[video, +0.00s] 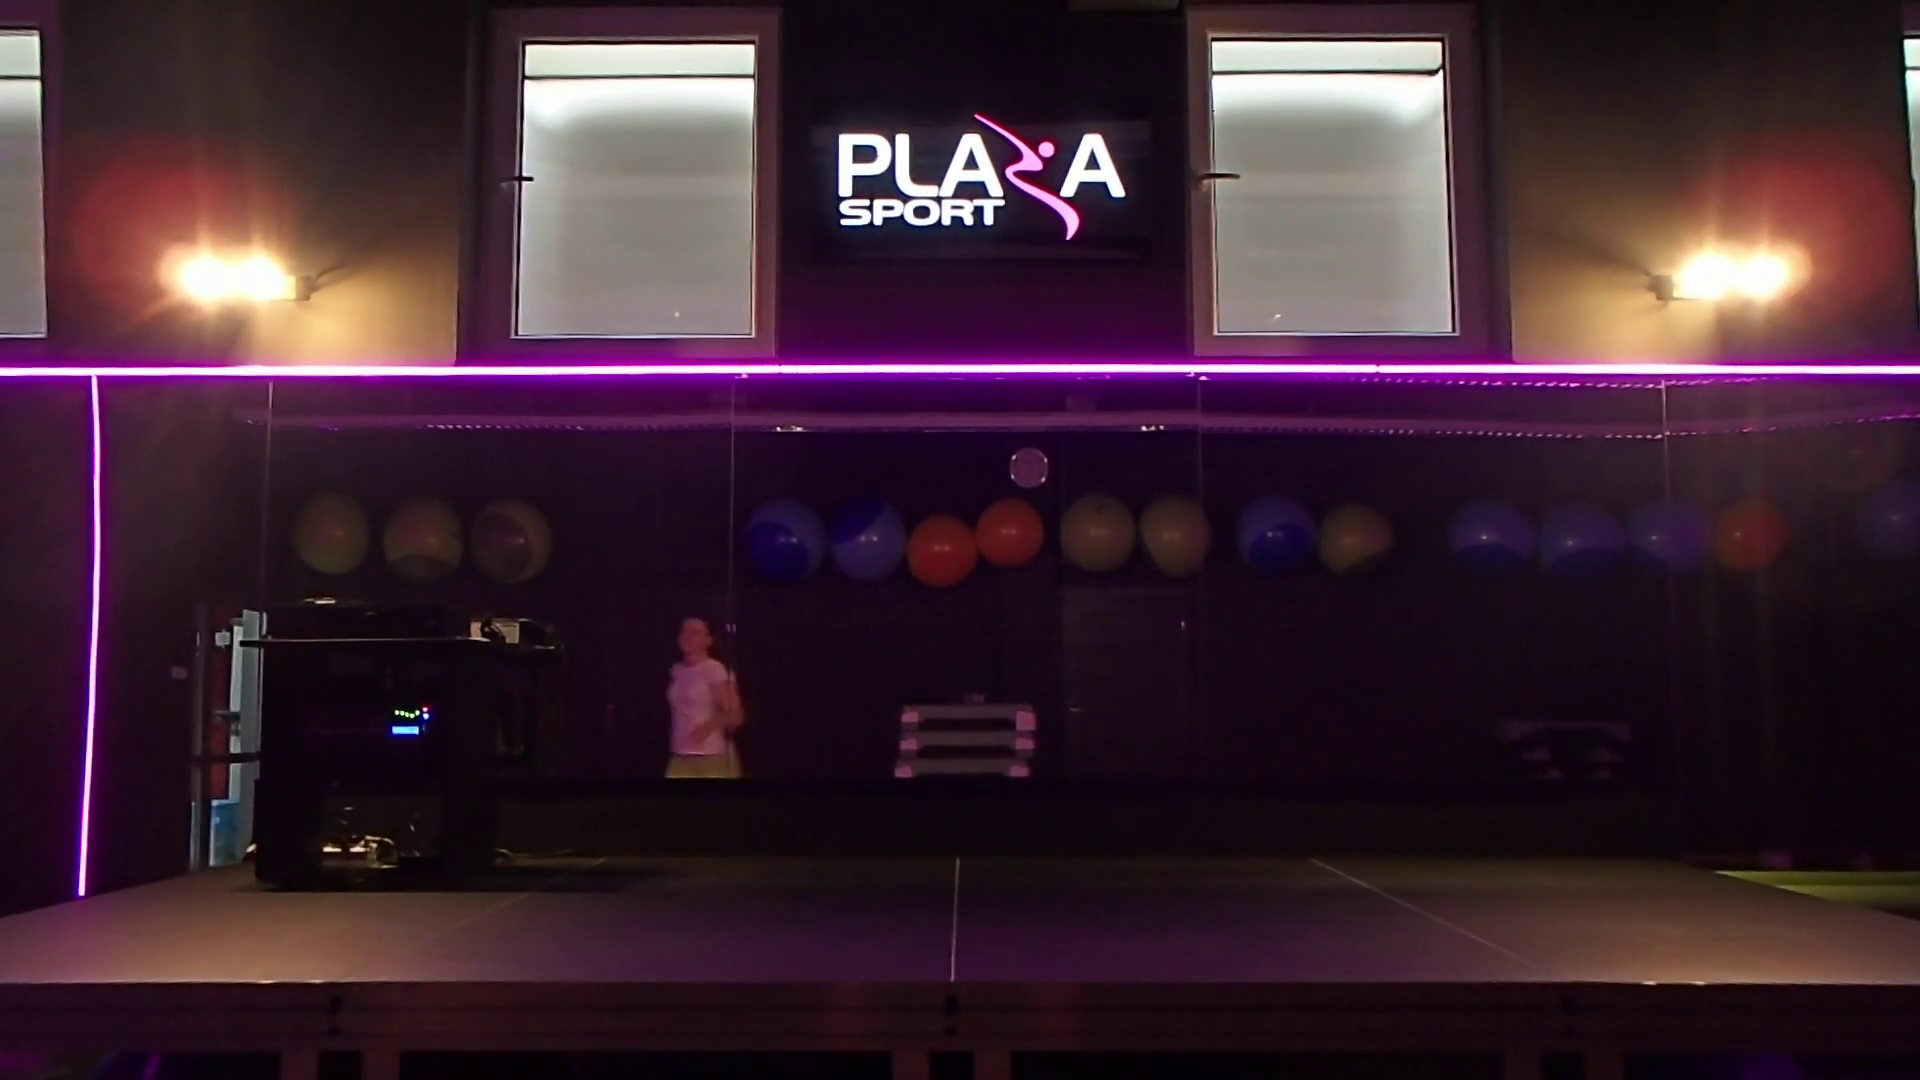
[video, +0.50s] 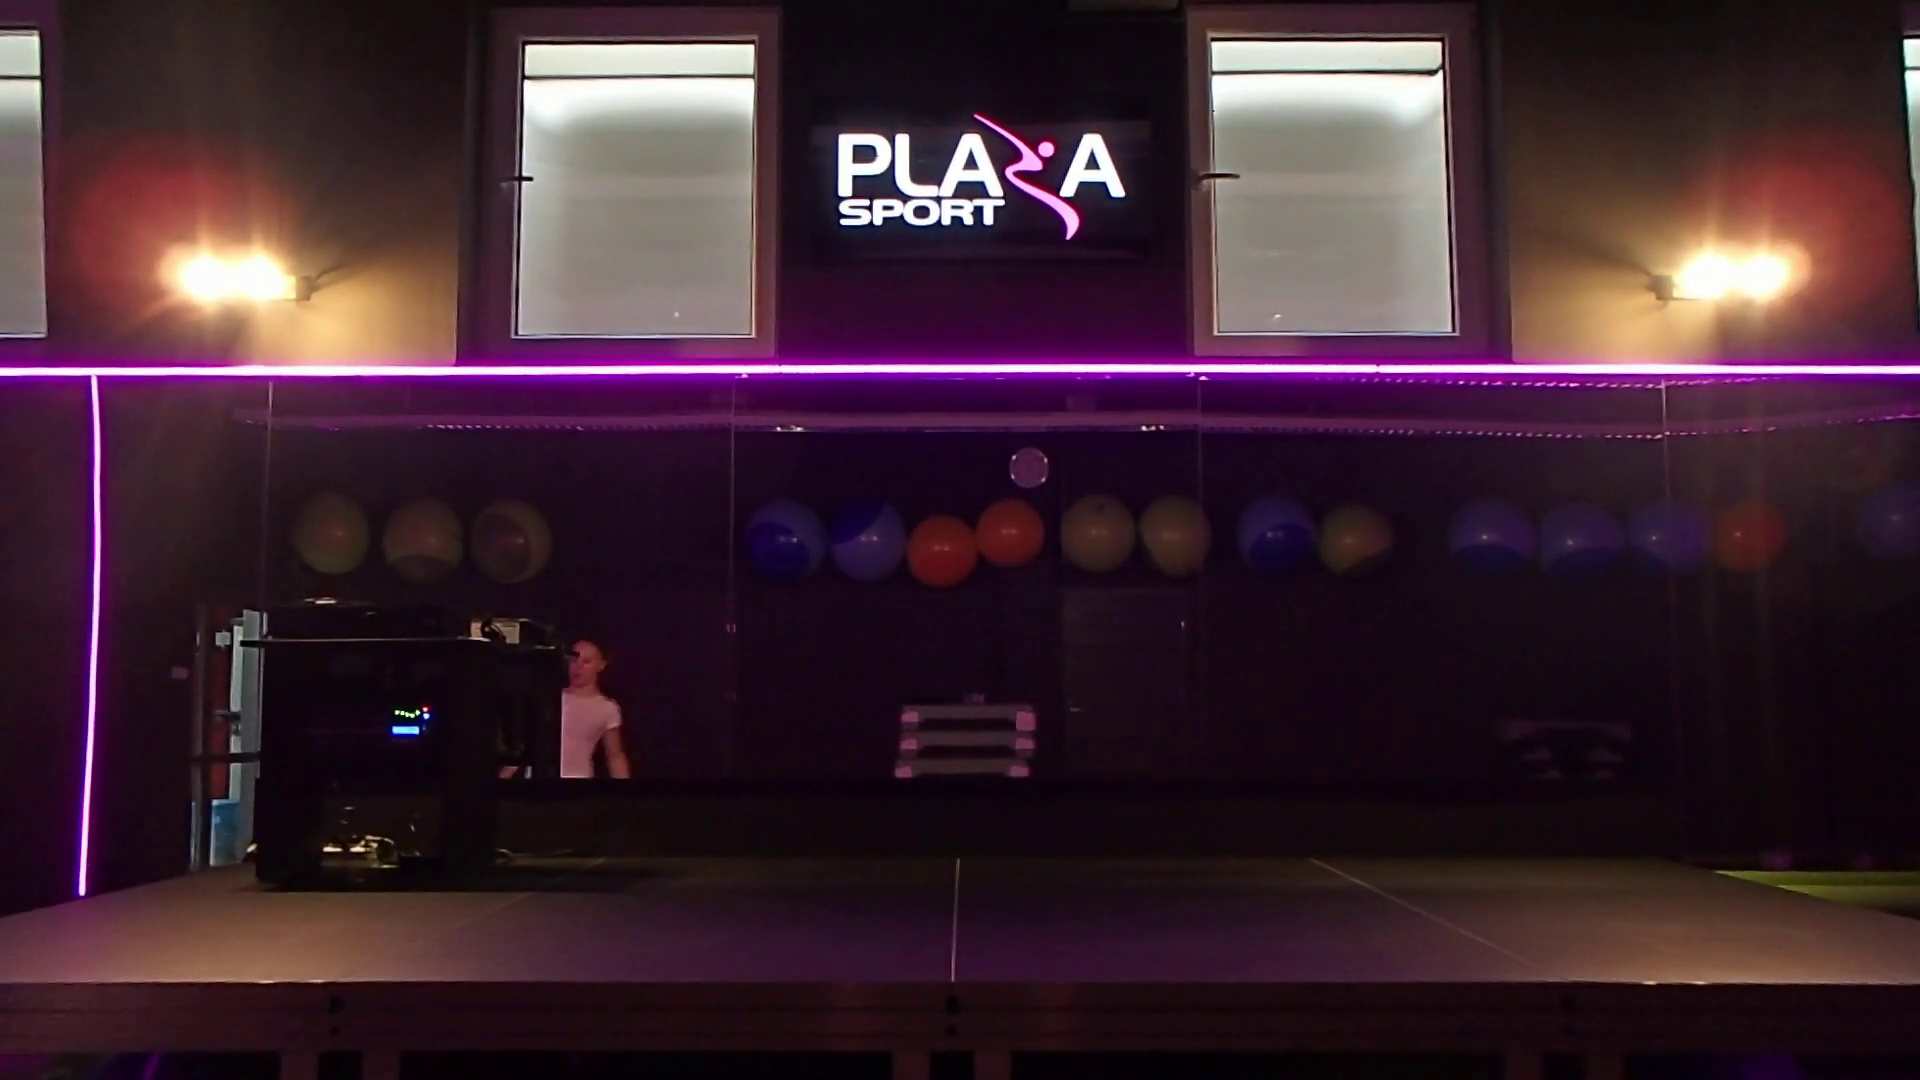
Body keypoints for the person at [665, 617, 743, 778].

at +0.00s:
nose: (687, 638)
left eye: (695, 633)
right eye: (684, 632)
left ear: (708, 640)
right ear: (679, 638)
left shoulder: (715, 670)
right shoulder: (677, 671)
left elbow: (734, 714)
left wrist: (707, 727)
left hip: (712, 759)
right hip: (681, 757)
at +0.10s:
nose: (661, 645)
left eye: (668, 639)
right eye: (658, 640)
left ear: (683, 645)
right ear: (654, 644)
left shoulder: (693, 677)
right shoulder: (648, 681)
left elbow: (710, 722)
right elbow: (646, 723)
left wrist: (704, 761)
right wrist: (645, 760)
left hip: (684, 768)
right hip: (650, 769)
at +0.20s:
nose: (636, 665)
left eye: (644, 659)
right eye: (633, 660)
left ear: (658, 664)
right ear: (628, 665)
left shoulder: (670, 699)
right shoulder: (619, 702)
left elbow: (689, 740)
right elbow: (601, 744)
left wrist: (701, 776)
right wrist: (582, 777)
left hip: (657, 784)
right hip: (620, 784)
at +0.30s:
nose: (619, 662)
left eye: (626, 657)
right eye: (615, 656)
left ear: (640, 662)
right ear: (609, 661)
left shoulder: (651, 699)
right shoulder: (594, 697)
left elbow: (668, 741)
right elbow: (574, 736)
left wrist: (684, 777)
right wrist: (552, 763)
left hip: (631, 780)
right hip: (593, 781)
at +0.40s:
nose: (601, 658)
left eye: (609, 653)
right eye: (597, 651)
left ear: (623, 658)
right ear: (591, 655)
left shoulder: (631, 697)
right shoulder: (571, 690)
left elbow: (641, 741)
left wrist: (657, 777)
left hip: (608, 780)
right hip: (570, 778)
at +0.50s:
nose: (578, 666)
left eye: (587, 661)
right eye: (574, 659)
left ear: (601, 665)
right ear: (568, 661)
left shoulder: (607, 709)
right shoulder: (552, 698)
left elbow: (615, 756)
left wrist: (624, 795)